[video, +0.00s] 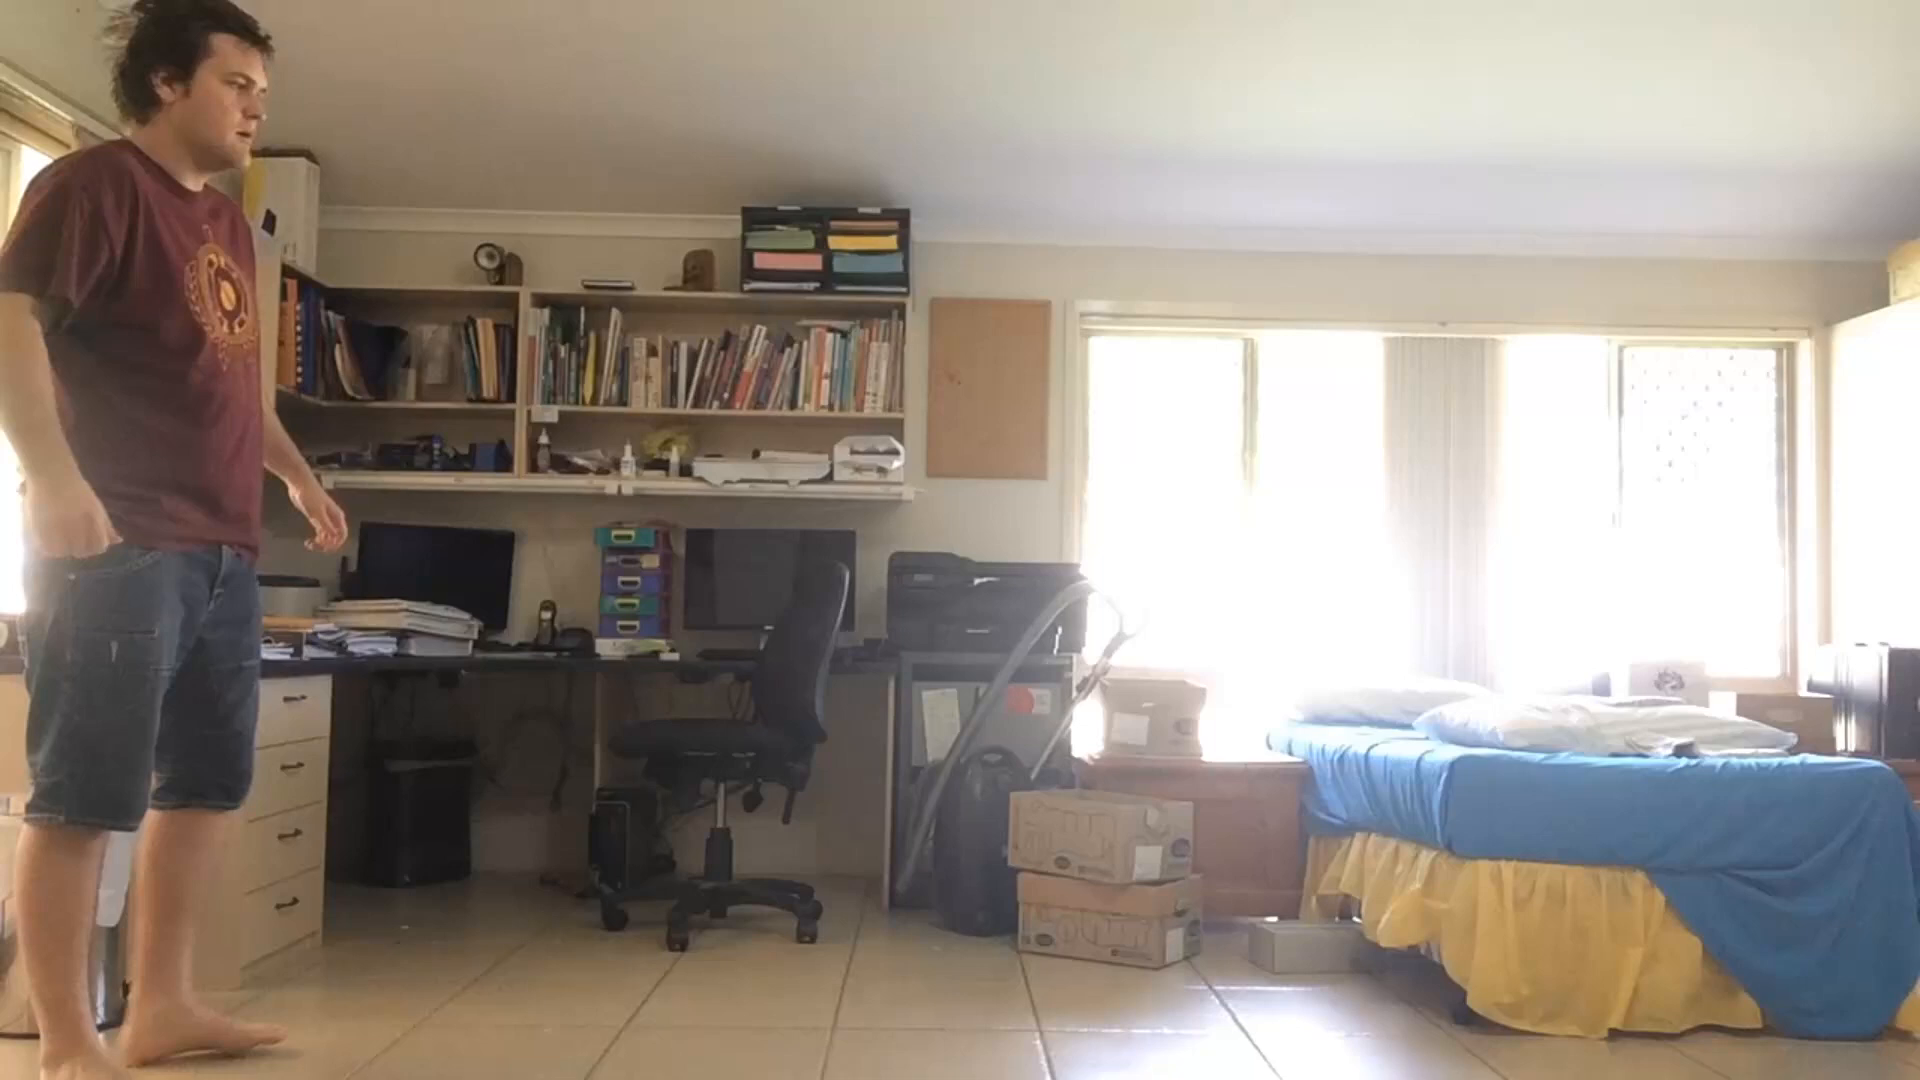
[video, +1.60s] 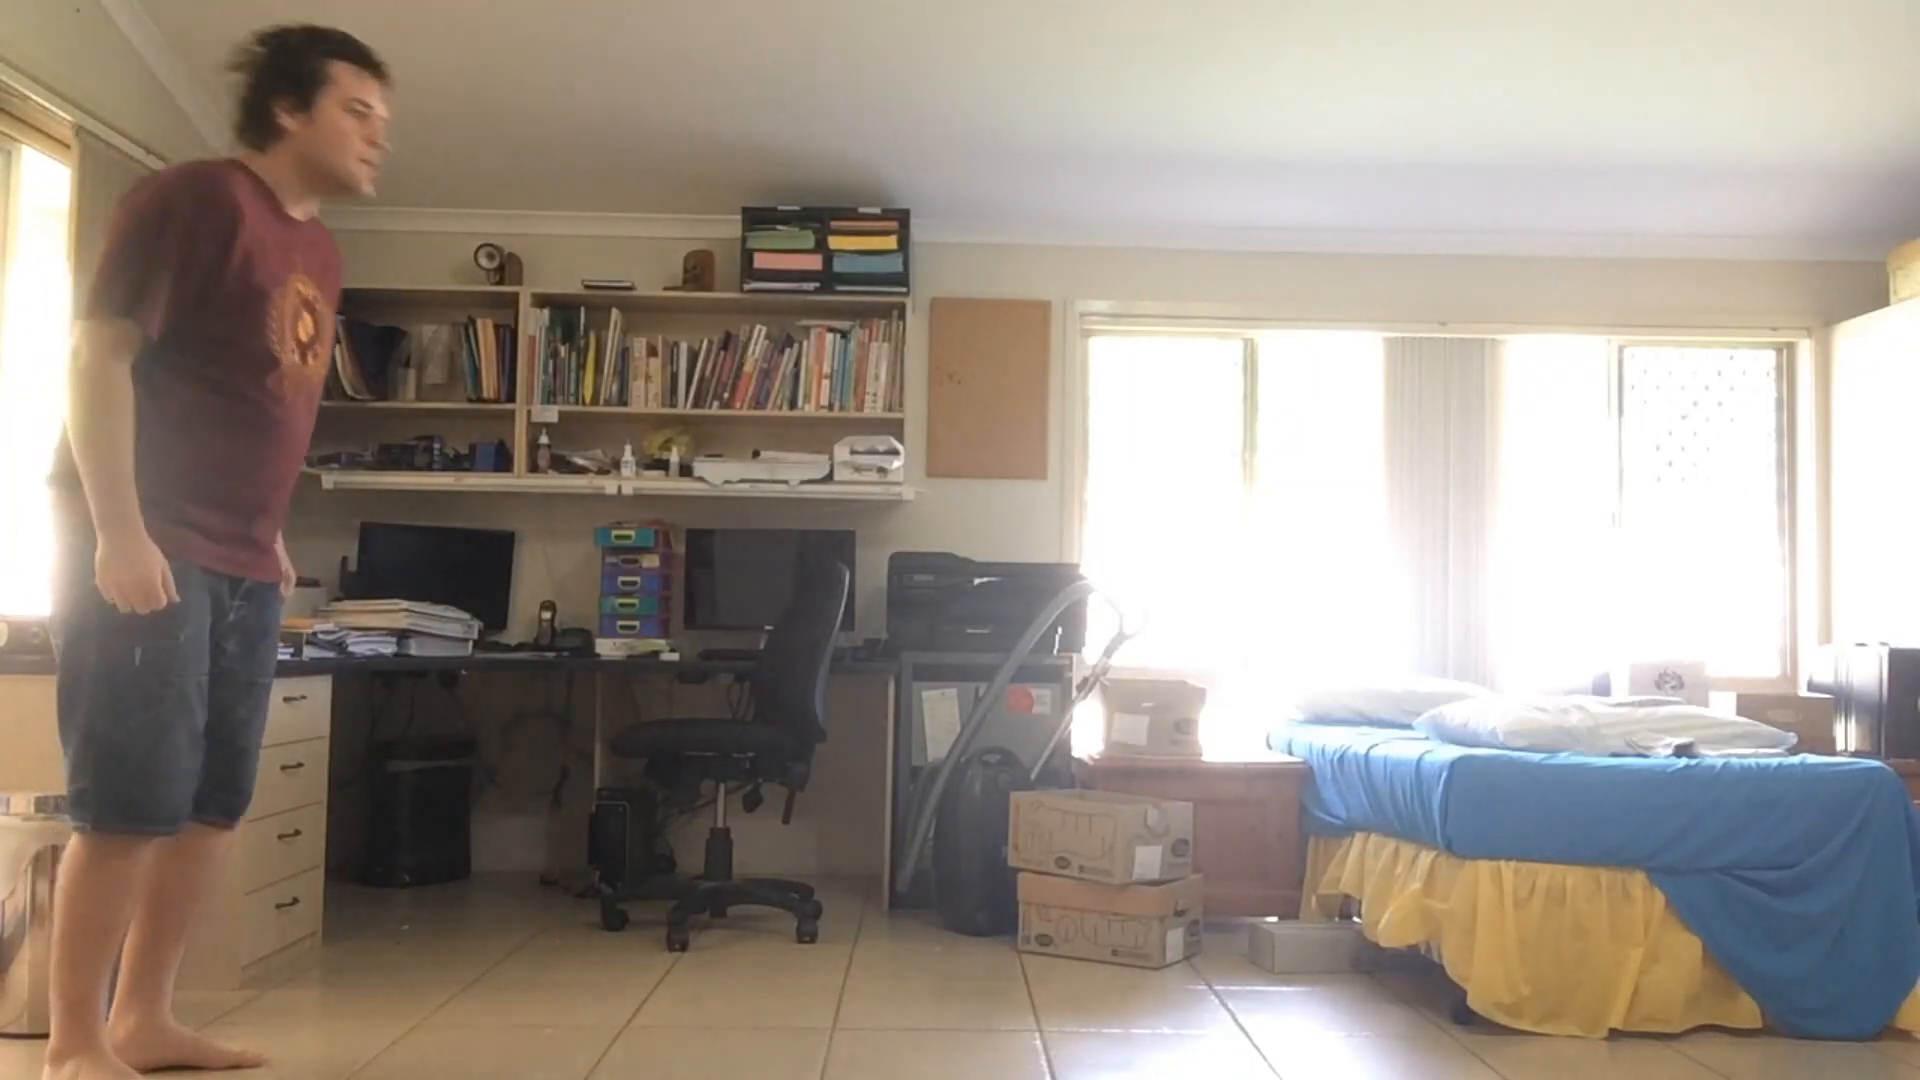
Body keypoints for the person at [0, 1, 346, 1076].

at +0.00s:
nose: (255, 110)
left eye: (261, 95)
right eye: (237, 84)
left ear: (248, 108)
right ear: (166, 83)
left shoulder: (231, 218)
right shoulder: (93, 182)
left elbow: (236, 380)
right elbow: (10, 315)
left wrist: (301, 478)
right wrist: (53, 479)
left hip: (225, 549)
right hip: (115, 543)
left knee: (201, 787)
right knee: (79, 800)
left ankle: (163, 1010)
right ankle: (66, 1043)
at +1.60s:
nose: (379, 136)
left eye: (383, 121)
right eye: (360, 111)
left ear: (352, 133)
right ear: (289, 110)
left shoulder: (321, 249)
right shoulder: (193, 195)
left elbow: (271, 410)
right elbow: (97, 360)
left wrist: (266, 544)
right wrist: (119, 533)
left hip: (249, 560)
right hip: (151, 548)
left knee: (211, 805)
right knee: (126, 808)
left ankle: (143, 1022)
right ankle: (72, 1045)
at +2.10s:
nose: (538, 229)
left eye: (539, 210)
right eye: (520, 208)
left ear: (500, 223)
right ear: (454, 217)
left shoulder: (486, 342)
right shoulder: (375, 316)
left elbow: (407, 472)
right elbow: (242, 430)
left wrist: (359, 594)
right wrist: (210, 609)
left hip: (351, 633)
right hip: (268, 625)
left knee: (333, 858)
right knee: (283, 856)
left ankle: (156, 1019)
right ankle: (92, 1032)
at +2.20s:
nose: (569, 117)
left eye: (574, 100)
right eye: (553, 94)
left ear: (523, 109)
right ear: (486, 94)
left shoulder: (516, 220)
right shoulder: (406, 181)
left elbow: (501, 354)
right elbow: (301, 305)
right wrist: (326, 476)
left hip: (461, 544)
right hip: (383, 535)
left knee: (332, 786)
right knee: (282, 774)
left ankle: (215, 980)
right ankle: (137, 985)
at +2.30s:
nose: (659, 54)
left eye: (662, 34)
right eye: (646, 29)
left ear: (595, 32)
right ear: (582, 23)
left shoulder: (570, 132)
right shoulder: (490, 103)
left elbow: (507, 272)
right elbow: (405, 242)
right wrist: (444, 422)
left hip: (532, 452)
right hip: (467, 446)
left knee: (470, 694)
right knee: (460, 695)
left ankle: (280, 897)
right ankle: (295, 918)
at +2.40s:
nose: (781, 58)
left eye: (785, 36)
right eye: (767, 31)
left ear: (728, 32)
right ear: (703, 24)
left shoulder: (669, 136)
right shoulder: (607, 90)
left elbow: (596, 281)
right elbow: (511, 235)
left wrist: (600, 426)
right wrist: (535, 420)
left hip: (574, 426)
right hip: (515, 421)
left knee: (558, 664)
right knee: (578, 669)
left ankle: (479, 915)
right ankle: (510, 938)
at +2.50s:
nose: (867, 104)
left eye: (870, 83)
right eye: (855, 77)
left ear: (810, 81)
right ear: (790, 69)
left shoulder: (752, 175)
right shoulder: (710, 137)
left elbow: (653, 293)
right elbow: (588, 274)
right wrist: (611, 461)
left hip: (639, 455)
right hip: (588, 449)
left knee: (659, 710)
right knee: (678, 703)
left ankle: (671, 981)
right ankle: (660, 989)